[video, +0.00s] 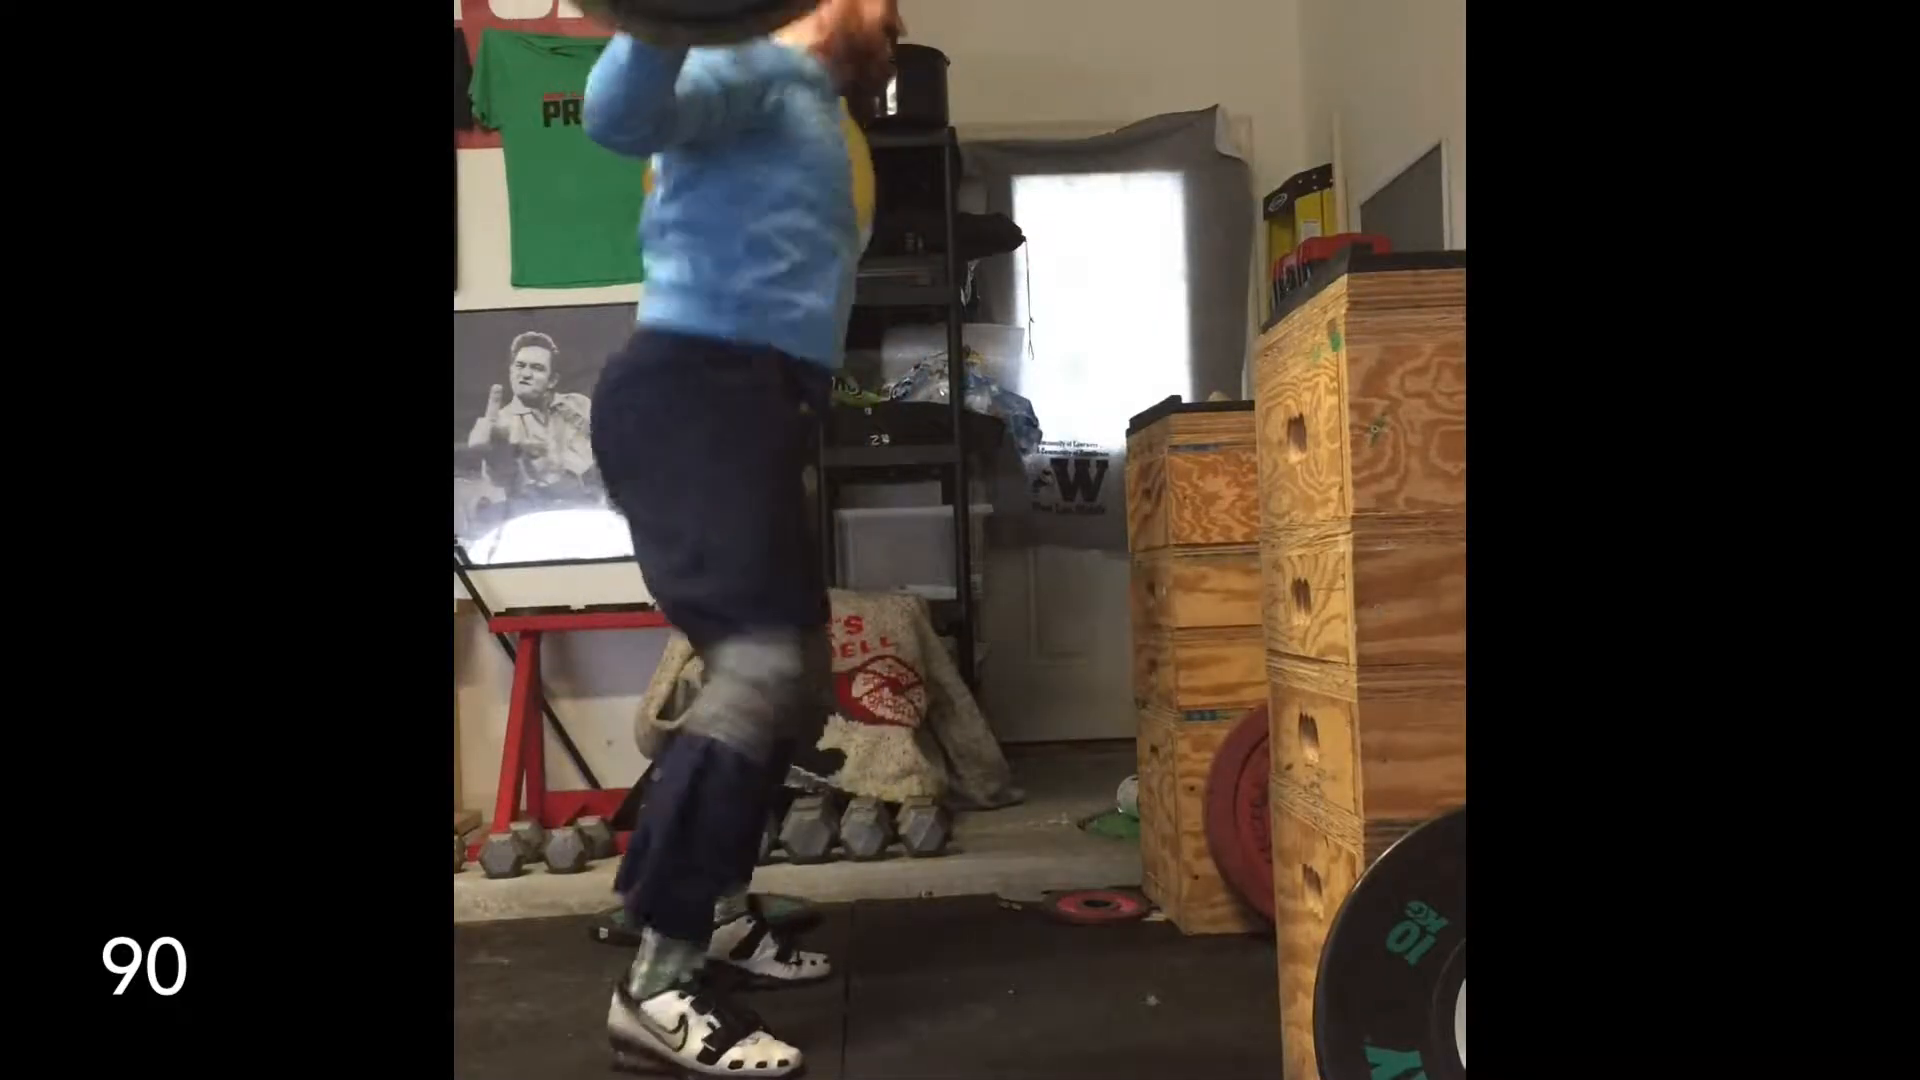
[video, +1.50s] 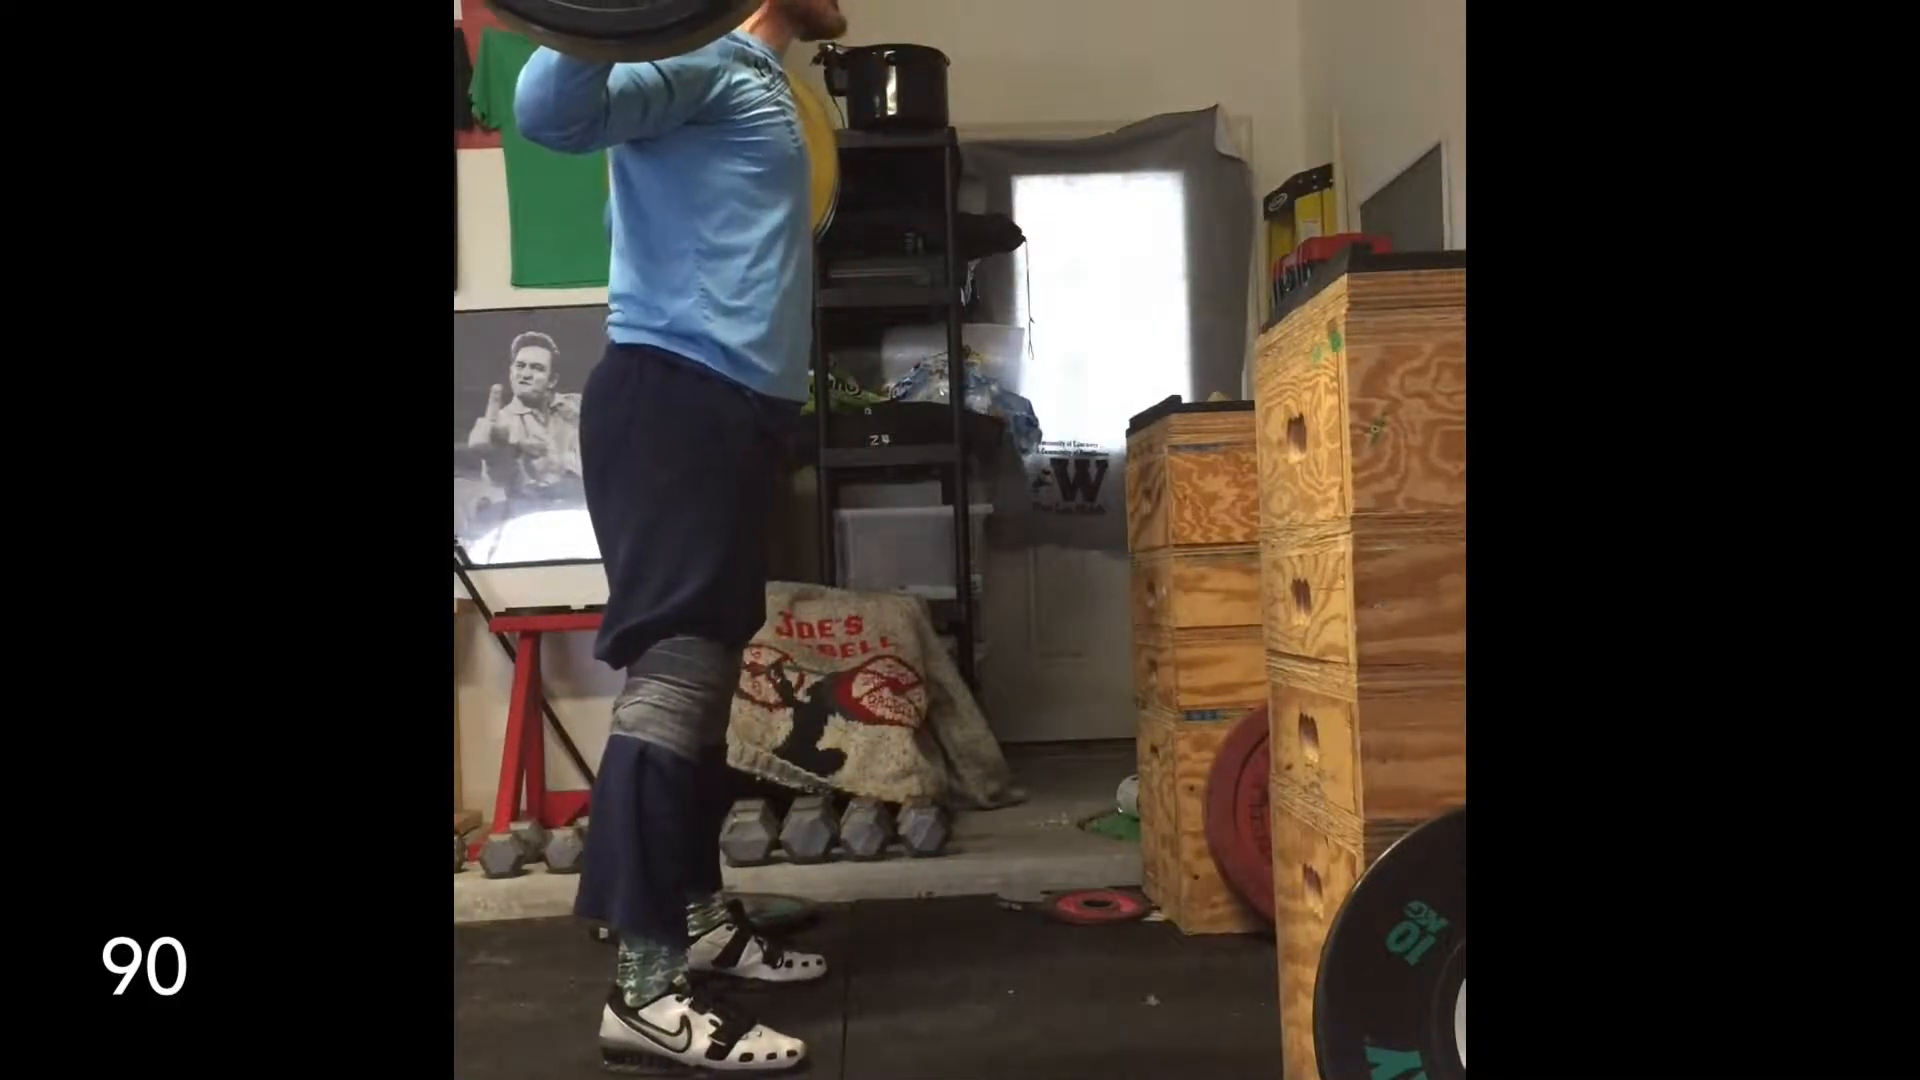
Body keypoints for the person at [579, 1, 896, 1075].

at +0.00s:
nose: (896, 33)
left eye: (897, 22)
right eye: (887, 11)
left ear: (844, 34)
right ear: (832, 7)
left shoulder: (830, 119)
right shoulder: (752, 72)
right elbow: (616, 120)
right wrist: (657, 22)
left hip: (764, 400)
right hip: (695, 388)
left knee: (784, 672)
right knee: (759, 670)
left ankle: (704, 907)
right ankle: (656, 982)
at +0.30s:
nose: (885, 57)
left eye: (886, 38)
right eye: (870, 31)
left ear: (832, 50)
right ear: (806, 33)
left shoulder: (818, 151)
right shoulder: (742, 111)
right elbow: (591, 162)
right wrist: (653, 37)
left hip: (758, 444)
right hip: (684, 429)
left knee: (789, 681)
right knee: (787, 682)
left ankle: (706, 921)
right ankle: (662, 987)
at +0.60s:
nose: (868, 58)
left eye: (874, 40)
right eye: (866, 31)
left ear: (821, 20)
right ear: (811, 5)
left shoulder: (781, 110)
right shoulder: (718, 75)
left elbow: (804, 243)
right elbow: (556, 110)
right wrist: (610, 17)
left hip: (741, 409)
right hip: (678, 399)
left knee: (735, 673)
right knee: (707, 676)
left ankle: (692, 921)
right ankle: (651, 984)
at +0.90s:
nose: (865, 32)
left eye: (867, 16)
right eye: (857, 10)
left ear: (802, 14)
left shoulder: (782, 105)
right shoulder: (715, 68)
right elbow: (551, 109)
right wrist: (607, 15)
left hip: (739, 403)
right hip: (679, 393)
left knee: (709, 666)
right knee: (683, 671)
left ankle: (689, 920)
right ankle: (641, 980)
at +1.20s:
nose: (842, 14)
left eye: (841, 8)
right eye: (838, 2)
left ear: (779, 3)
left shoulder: (777, 89)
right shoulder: (710, 62)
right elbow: (551, 108)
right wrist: (603, 7)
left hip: (738, 403)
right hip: (677, 392)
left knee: (709, 667)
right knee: (677, 672)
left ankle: (692, 915)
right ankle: (644, 983)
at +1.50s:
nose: (843, 3)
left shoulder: (782, 89)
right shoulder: (705, 64)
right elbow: (546, 114)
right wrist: (606, 12)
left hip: (739, 406)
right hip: (675, 395)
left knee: (707, 668)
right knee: (678, 672)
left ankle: (694, 916)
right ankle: (644, 982)